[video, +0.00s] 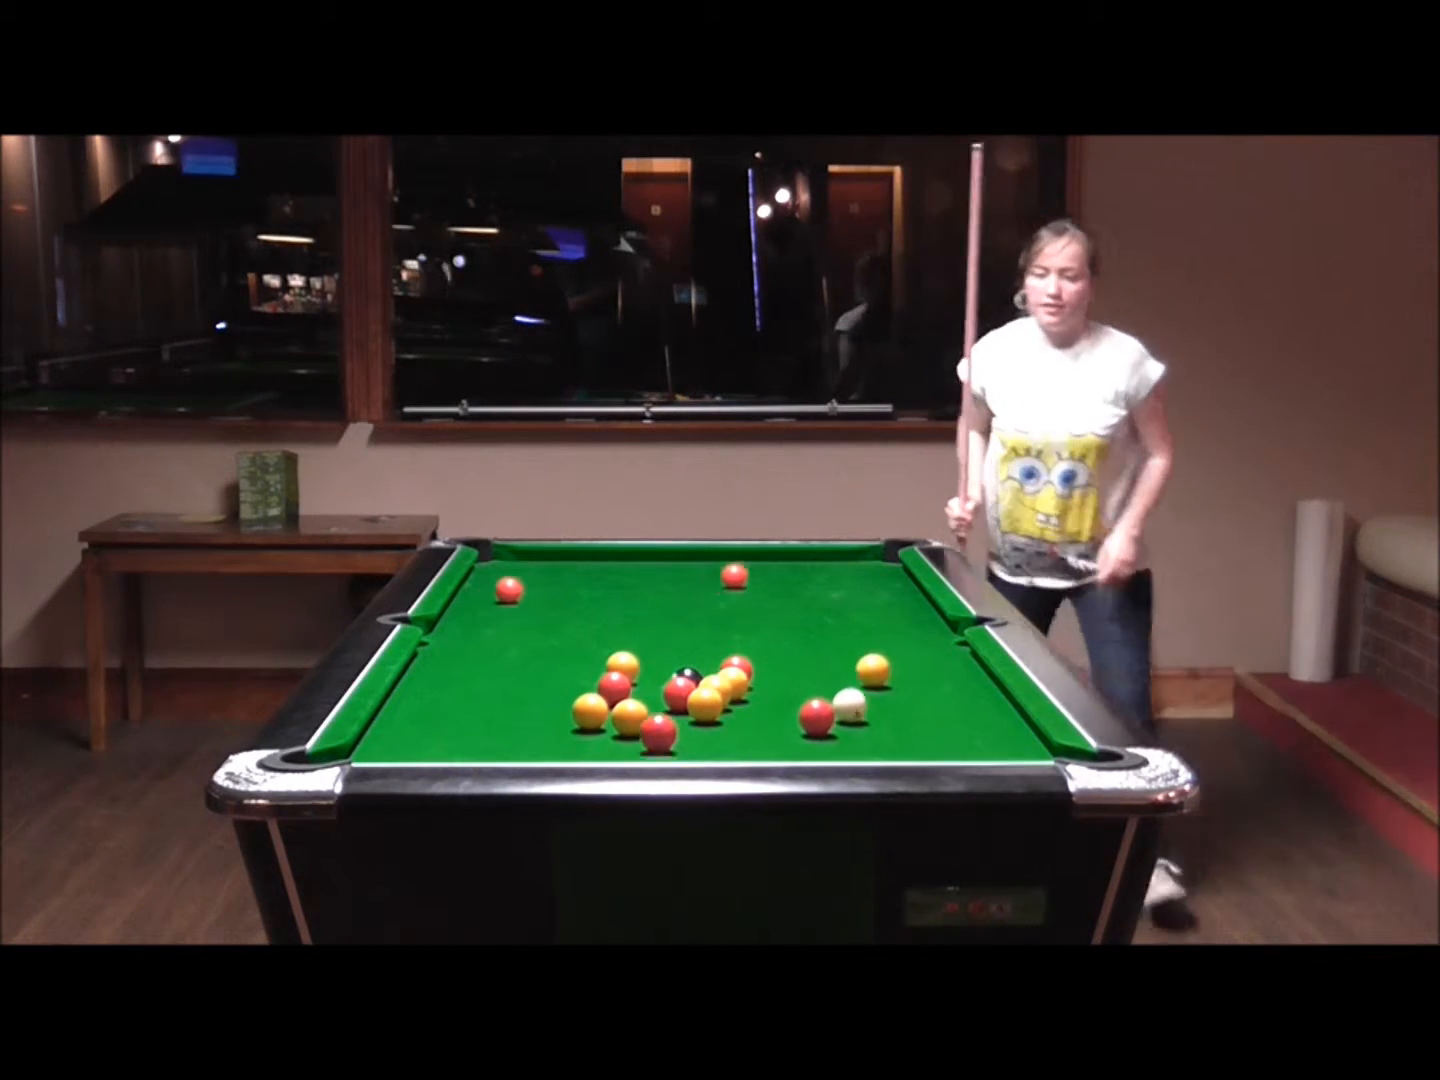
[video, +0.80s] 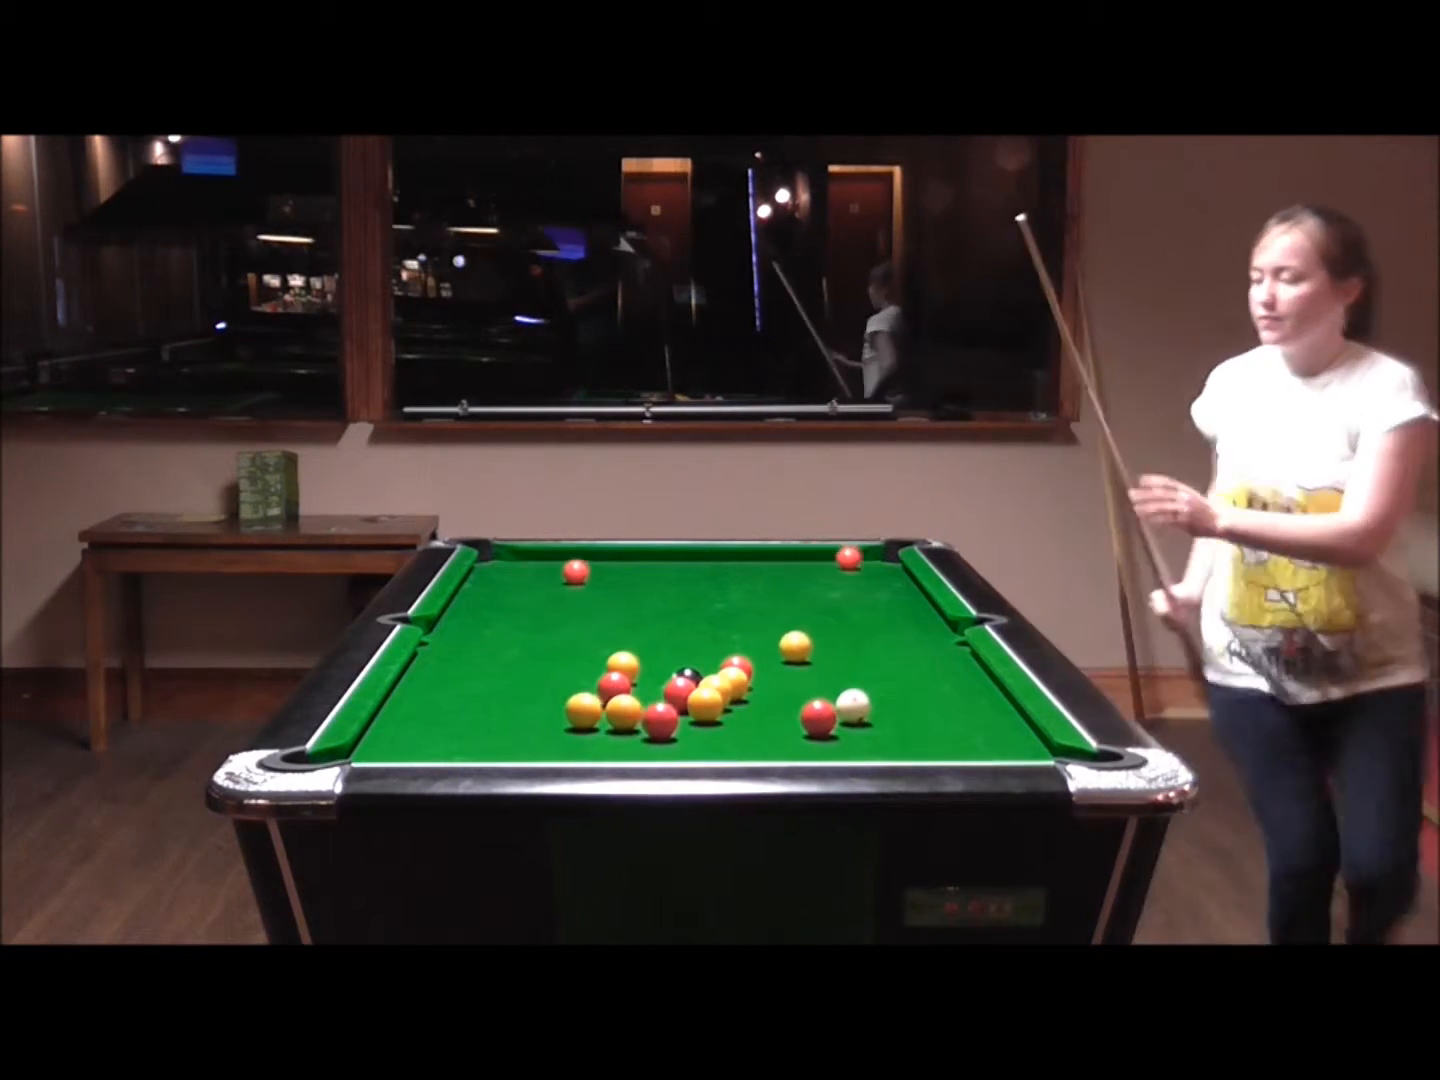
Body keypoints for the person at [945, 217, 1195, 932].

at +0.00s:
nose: (1053, 288)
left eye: (1069, 276)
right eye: (1041, 274)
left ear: (1092, 286)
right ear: (1023, 282)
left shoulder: (1126, 361)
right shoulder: (992, 354)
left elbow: (1160, 453)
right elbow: (972, 428)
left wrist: (1129, 532)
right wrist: (970, 491)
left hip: (1102, 560)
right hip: (1016, 555)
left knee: (1128, 706)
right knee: (992, 694)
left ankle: (1153, 856)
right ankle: (982, 850)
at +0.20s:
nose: (1126, 278)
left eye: (1144, 264)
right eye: (1114, 263)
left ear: (1170, 276)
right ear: (1097, 271)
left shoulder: (1205, 359)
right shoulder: (1061, 349)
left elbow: (1243, 459)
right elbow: (1031, 429)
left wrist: (1202, 541)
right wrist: (1021, 498)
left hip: (1167, 581)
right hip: (1075, 577)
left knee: (1160, 729)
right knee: (1067, 721)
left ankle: (1158, 872)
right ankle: (1062, 874)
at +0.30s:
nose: (1162, 274)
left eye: (1181, 261)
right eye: (1151, 257)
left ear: (1210, 274)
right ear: (1133, 264)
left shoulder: (1242, 355)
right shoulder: (1094, 344)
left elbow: (1279, 466)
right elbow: (1060, 432)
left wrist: (1227, 539)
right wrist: (1049, 508)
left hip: (1200, 579)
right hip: (1109, 573)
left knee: (1182, 729)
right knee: (1146, 722)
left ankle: (1165, 874)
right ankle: (1126, 876)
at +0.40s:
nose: (1181, 281)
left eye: (1202, 268)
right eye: (1171, 264)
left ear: (1235, 283)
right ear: (1154, 270)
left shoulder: (1267, 363)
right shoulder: (1116, 351)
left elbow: (1299, 480)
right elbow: (1078, 441)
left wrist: (1234, 540)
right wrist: (1065, 524)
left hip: (1220, 592)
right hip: (1129, 583)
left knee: (1188, 744)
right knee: (1183, 743)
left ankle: (1158, 873)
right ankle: (1186, 905)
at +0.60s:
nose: (1219, 309)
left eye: (1241, 294)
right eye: (1209, 291)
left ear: (1286, 309)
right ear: (1197, 297)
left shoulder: (1329, 390)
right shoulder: (1169, 391)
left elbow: (1343, 518)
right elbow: (1136, 491)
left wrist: (1229, 541)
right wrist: (1113, 581)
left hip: (1294, 645)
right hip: (1199, 641)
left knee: (1238, 790)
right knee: (1271, 816)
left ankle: (1170, 870)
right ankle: (1286, 940)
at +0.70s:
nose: (1244, 303)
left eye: (1266, 287)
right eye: (1235, 286)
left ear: (1320, 301)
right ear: (1225, 295)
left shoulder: (1369, 391)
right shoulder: (1206, 393)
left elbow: (1363, 536)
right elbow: (1183, 503)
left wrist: (1226, 534)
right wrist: (1158, 595)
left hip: (1344, 666)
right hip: (1235, 664)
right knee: (1299, 848)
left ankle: (1268, 865)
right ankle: (1290, 932)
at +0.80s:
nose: (1264, 294)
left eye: (1286, 276)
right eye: (1257, 276)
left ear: (1347, 292)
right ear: (1248, 285)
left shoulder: (1391, 387)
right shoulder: (1232, 384)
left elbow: (1364, 536)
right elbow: (1229, 508)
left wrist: (1212, 520)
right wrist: (1195, 588)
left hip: (1371, 667)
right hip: (1250, 667)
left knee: (1381, 869)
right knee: (1300, 860)